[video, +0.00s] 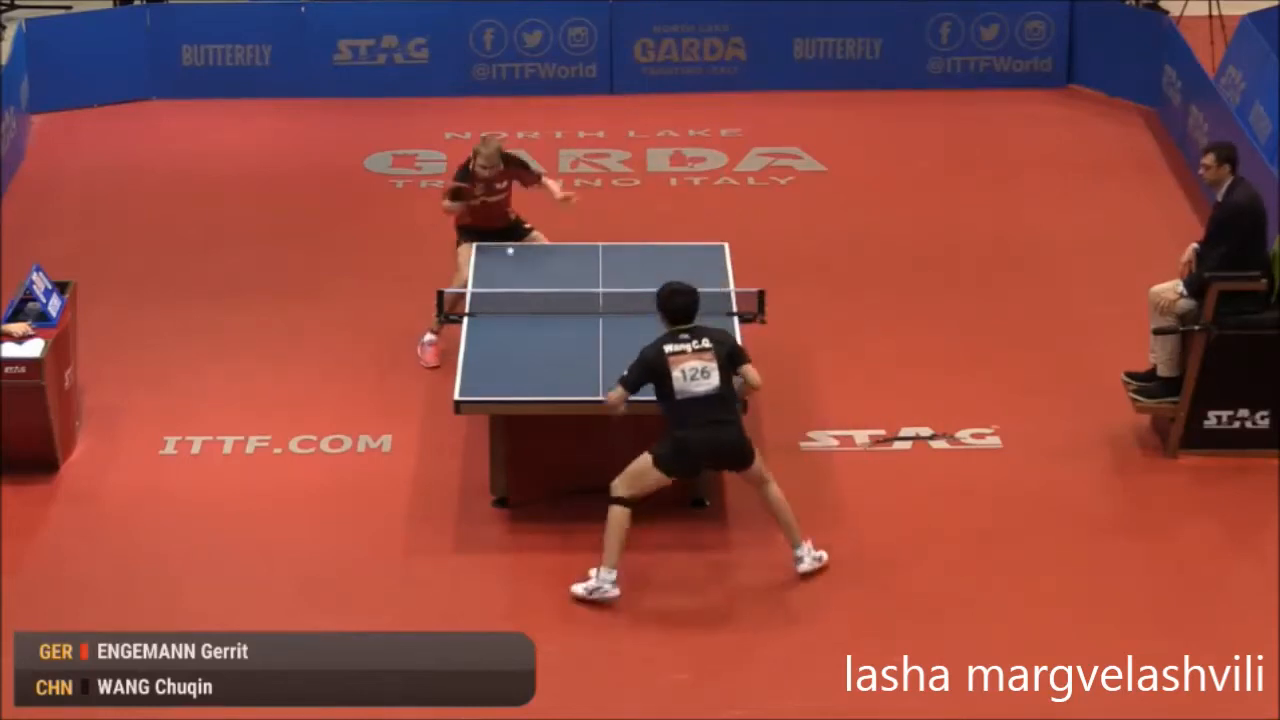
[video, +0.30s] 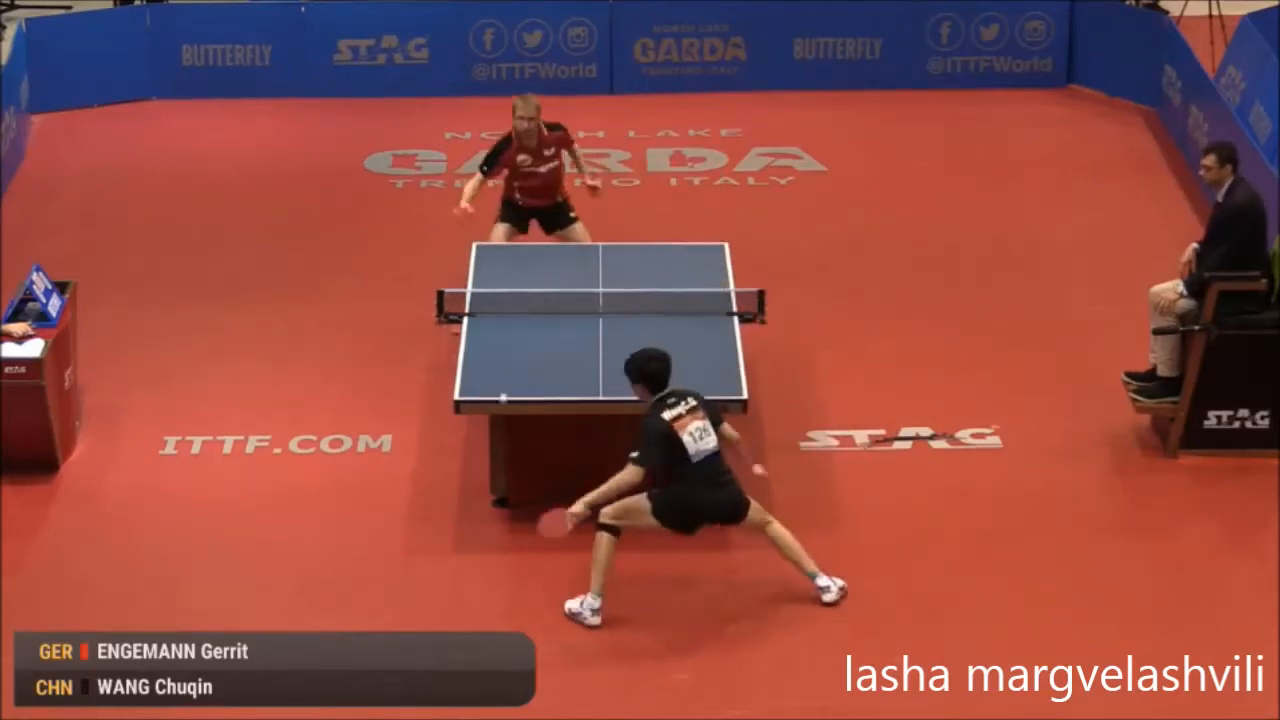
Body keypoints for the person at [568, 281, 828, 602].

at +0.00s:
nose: (664, 312)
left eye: (662, 308)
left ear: (661, 314)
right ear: (695, 310)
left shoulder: (655, 352)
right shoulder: (719, 338)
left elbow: (614, 400)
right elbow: (754, 381)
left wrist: (620, 406)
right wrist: (738, 393)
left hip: (684, 444)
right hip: (731, 439)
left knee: (621, 490)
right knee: (765, 483)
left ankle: (605, 577)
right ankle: (803, 552)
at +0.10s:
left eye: (659, 328)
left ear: (659, 334)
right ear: (691, 330)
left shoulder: (651, 369)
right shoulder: (717, 358)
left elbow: (614, 421)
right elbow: (749, 404)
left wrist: (627, 433)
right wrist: (723, 417)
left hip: (681, 466)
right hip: (727, 460)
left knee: (622, 519)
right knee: (767, 497)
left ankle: (595, 597)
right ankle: (809, 567)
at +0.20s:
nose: (649, 372)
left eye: (648, 367)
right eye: (653, 365)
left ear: (652, 372)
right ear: (683, 365)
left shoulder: (657, 409)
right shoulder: (712, 391)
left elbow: (647, 466)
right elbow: (738, 436)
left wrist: (612, 476)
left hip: (680, 495)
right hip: (727, 491)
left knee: (618, 523)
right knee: (772, 519)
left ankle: (593, 603)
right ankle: (821, 582)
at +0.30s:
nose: (631, 389)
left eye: (632, 384)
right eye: (631, 383)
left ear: (642, 387)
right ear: (663, 378)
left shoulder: (653, 422)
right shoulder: (693, 399)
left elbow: (633, 475)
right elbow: (732, 436)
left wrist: (587, 502)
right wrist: (752, 464)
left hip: (684, 504)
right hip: (726, 496)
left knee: (610, 517)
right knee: (769, 524)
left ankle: (592, 603)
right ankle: (823, 582)